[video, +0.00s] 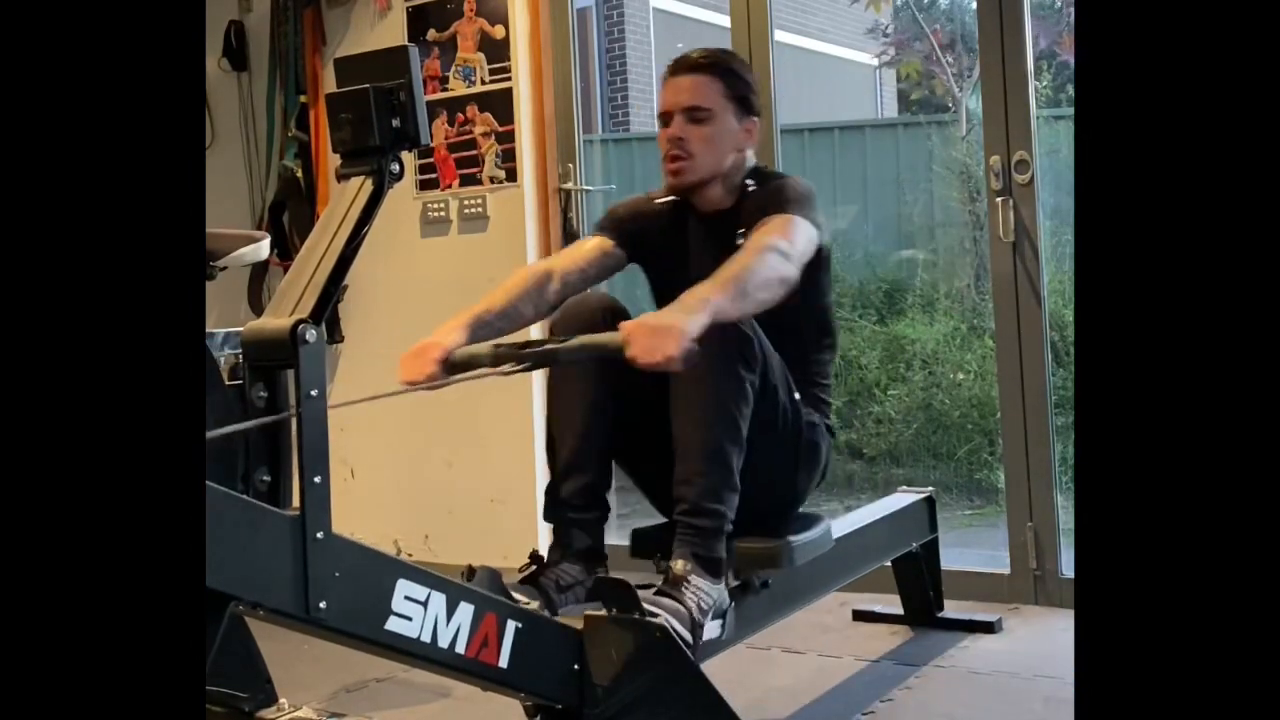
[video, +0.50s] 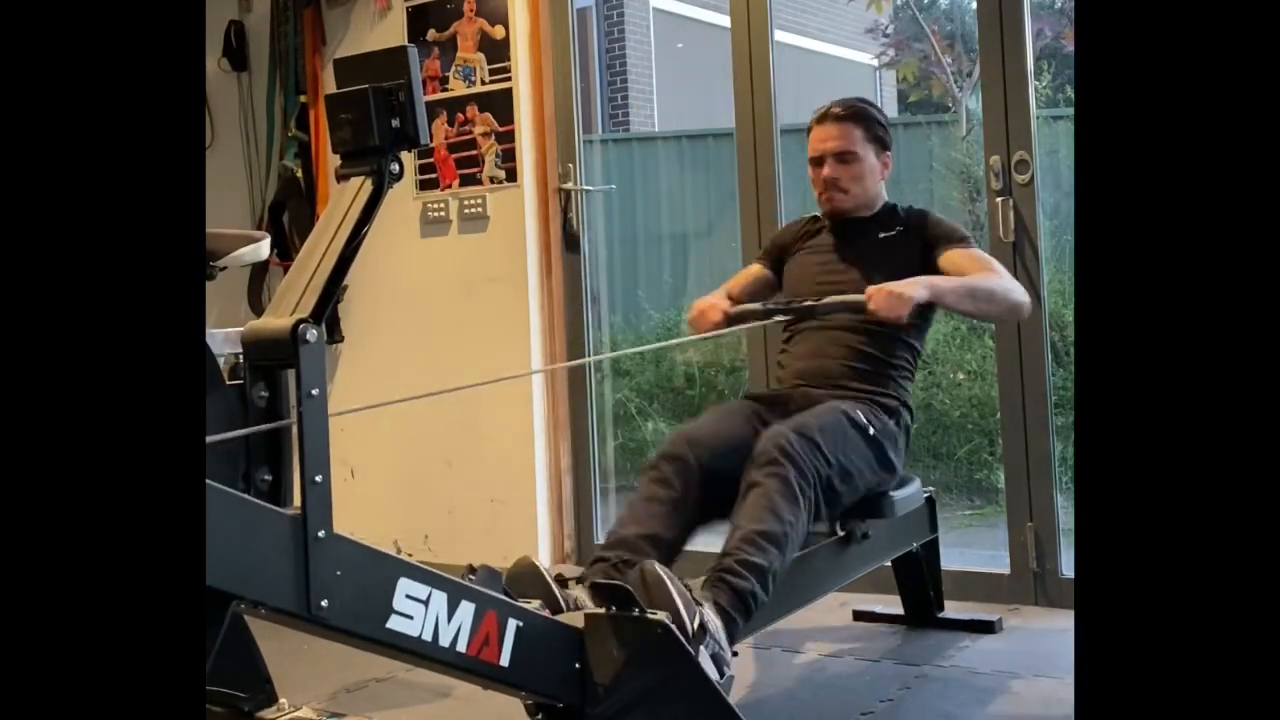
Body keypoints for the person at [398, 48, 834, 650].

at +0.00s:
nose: (673, 134)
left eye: (696, 118)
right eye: (665, 120)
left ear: (747, 133)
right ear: (656, 133)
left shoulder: (787, 200)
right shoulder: (645, 220)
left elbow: (773, 263)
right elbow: (554, 278)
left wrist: (691, 310)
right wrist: (460, 330)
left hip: (774, 467)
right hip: (680, 465)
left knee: (717, 330)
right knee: (584, 314)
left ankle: (699, 575)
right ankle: (575, 560)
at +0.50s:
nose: (826, 172)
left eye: (842, 158)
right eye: (817, 160)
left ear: (884, 162)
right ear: (810, 167)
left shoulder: (919, 232)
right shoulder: (797, 239)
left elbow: (1013, 298)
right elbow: (725, 298)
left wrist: (925, 287)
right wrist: (711, 307)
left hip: (864, 411)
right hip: (772, 407)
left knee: (782, 456)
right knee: (682, 454)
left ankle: (716, 622)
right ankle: (598, 592)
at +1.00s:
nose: (658, 137)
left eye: (681, 119)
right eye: (649, 122)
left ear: (734, 132)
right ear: (639, 132)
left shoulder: (776, 204)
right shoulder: (635, 222)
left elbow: (752, 260)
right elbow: (536, 279)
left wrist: (656, 301)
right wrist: (437, 327)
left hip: (772, 475)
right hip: (679, 475)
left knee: (709, 320)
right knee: (570, 337)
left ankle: (699, 576)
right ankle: (575, 564)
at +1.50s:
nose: (758, 135)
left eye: (779, 121)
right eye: (749, 124)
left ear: (825, 136)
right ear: (740, 136)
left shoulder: (851, 200)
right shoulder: (724, 217)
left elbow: (844, 264)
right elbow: (646, 276)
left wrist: (786, 294)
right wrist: (574, 314)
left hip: (836, 438)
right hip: (746, 426)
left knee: (760, 371)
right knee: (637, 381)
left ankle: (707, 606)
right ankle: (582, 580)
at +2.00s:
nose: (785, 166)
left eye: (803, 149)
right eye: (775, 153)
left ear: (847, 152)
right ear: (766, 160)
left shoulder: (894, 229)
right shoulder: (758, 241)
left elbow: (998, 296)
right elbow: (680, 310)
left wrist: (893, 287)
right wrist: (673, 308)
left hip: (851, 445)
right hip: (754, 436)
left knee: (763, 396)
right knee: (660, 391)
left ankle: (714, 617)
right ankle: (592, 580)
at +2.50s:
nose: (635, 145)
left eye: (659, 126)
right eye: (627, 127)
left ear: (716, 137)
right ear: (618, 134)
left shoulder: (764, 207)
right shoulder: (618, 227)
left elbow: (732, 267)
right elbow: (522, 291)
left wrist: (645, 322)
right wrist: (416, 352)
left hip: (763, 477)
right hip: (662, 475)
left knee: (705, 318)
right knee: (575, 306)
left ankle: (695, 572)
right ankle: (574, 558)